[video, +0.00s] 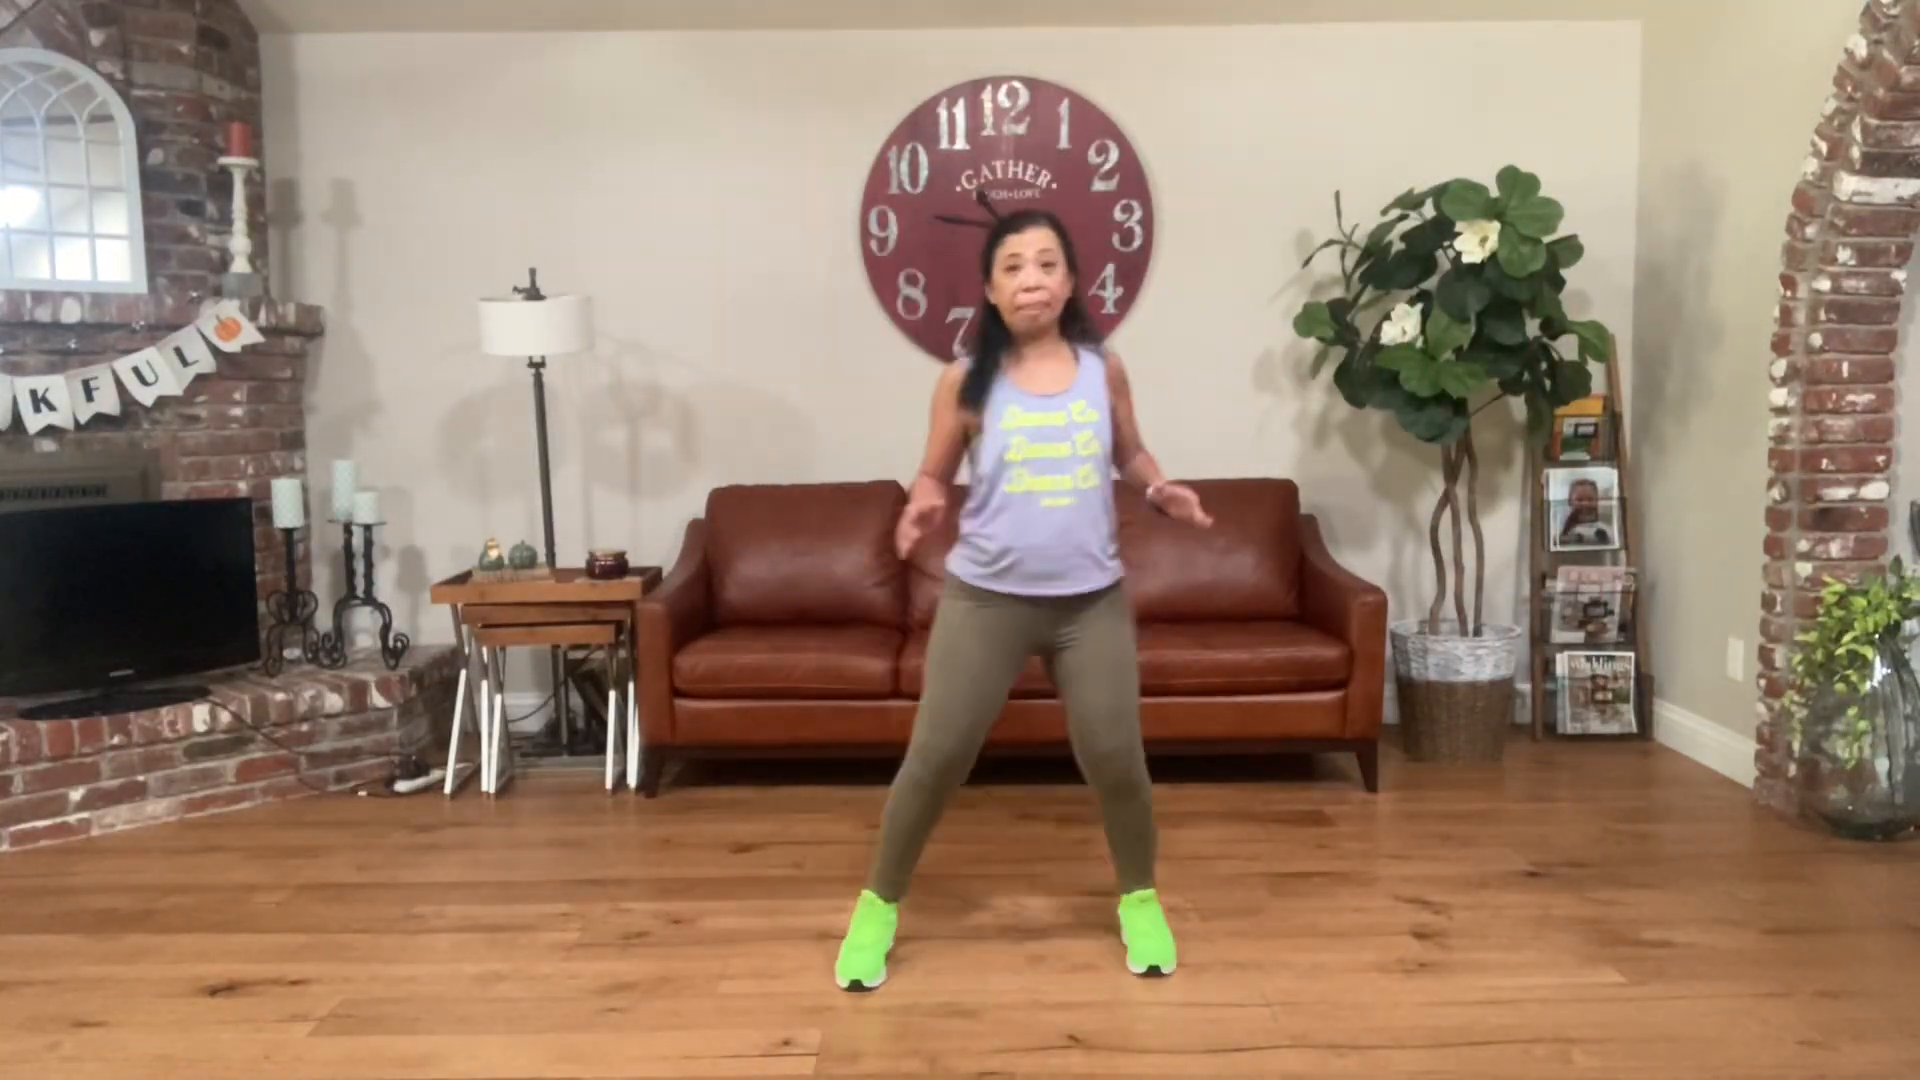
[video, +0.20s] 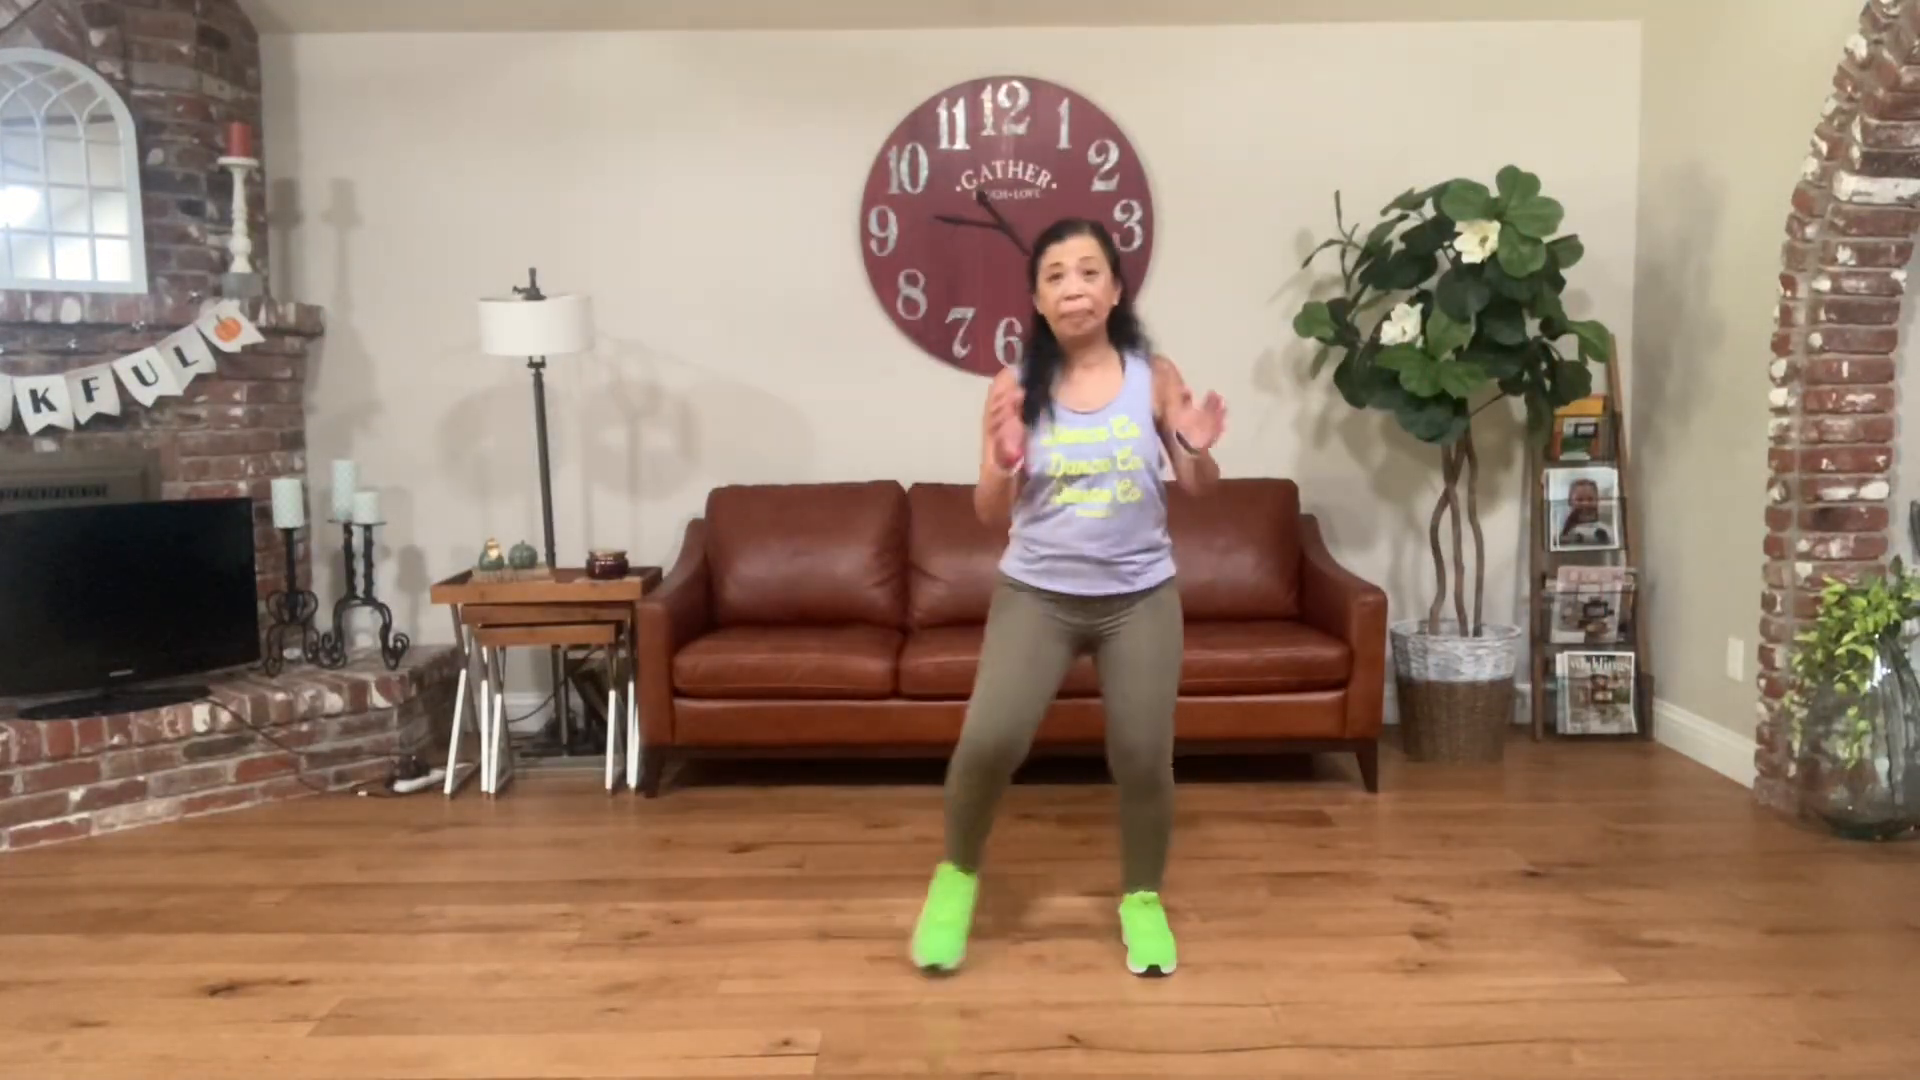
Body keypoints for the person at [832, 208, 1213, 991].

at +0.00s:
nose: (1032, 279)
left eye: (1047, 264)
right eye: (1013, 267)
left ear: (1071, 281)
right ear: (990, 289)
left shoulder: (1103, 370)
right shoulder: (965, 379)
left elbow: (1131, 454)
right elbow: (933, 476)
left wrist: (1157, 486)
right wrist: (924, 509)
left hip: (1092, 599)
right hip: (987, 597)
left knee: (1114, 755)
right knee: (938, 753)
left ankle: (1140, 900)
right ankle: (878, 908)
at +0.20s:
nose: (1073, 288)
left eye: (1089, 272)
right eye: (1055, 276)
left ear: (1116, 289)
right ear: (1037, 299)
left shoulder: (1155, 375)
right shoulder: (1016, 386)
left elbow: (1200, 487)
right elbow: (990, 514)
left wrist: (1195, 452)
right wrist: (1003, 461)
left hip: (1141, 593)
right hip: (1036, 591)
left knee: (1143, 754)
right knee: (989, 740)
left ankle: (1143, 898)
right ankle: (956, 878)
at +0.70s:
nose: (1031, 319)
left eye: (1047, 302)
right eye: (1025, 304)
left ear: (1096, 305)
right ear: (1023, 308)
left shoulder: (1156, 389)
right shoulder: (1022, 383)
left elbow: (1207, 486)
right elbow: (985, 477)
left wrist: (1182, 512)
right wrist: (957, 499)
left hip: (1139, 591)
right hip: (1040, 590)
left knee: (1138, 748)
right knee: (992, 722)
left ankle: (1143, 898)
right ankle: (1031, 858)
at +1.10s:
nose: (962, 282)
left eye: (980, 268)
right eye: (947, 269)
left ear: (1010, 286)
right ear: (930, 287)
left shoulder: (1032, 379)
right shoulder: (921, 372)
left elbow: (1084, 474)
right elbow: (920, 458)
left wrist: (1075, 487)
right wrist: (841, 461)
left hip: (1010, 595)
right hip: (909, 593)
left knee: (1060, 747)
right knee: (889, 744)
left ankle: (1131, 895)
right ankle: (865, 883)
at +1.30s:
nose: (917, 293)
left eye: (934, 281)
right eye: (902, 281)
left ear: (958, 303)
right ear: (883, 299)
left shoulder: (978, 387)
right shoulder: (851, 377)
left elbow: (988, 506)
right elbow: (791, 467)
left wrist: (966, 443)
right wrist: (771, 422)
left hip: (965, 589)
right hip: (866, 591)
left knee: (990, 741)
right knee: (860, 744)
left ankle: (1067, 873)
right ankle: (862, 883)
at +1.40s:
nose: (904, 301)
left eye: (921, 288)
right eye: (888, 288)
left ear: (946, 308)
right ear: (869, 308)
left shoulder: (966, 396)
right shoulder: (839, 385)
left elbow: (952, 507)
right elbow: (781, 476)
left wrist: (933, 431)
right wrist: (780, 410)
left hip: (954, 588)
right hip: (858, 592)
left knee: (954, 738)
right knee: (854, 743)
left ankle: (992, 860)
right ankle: (863, 884)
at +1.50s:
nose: (902, 299)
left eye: (916, 285)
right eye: (885, 286)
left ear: (938, 303)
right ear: (861, 304)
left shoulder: (960, 388)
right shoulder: (835, 379)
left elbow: (946, 496)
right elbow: (803, 485)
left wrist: (893, 428)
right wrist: (837, 421)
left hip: (947, 589)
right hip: (851, 588)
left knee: (920, 743)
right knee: (851, 740)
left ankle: (932, 873)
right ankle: (862, 883)